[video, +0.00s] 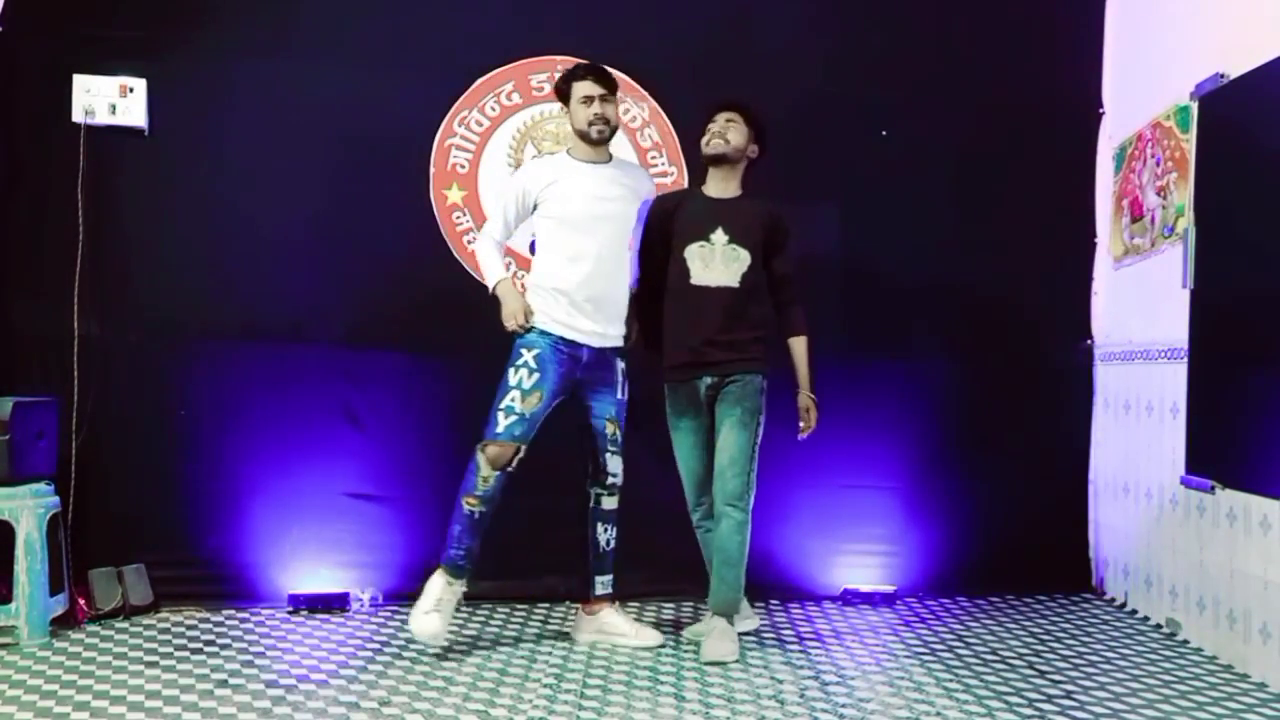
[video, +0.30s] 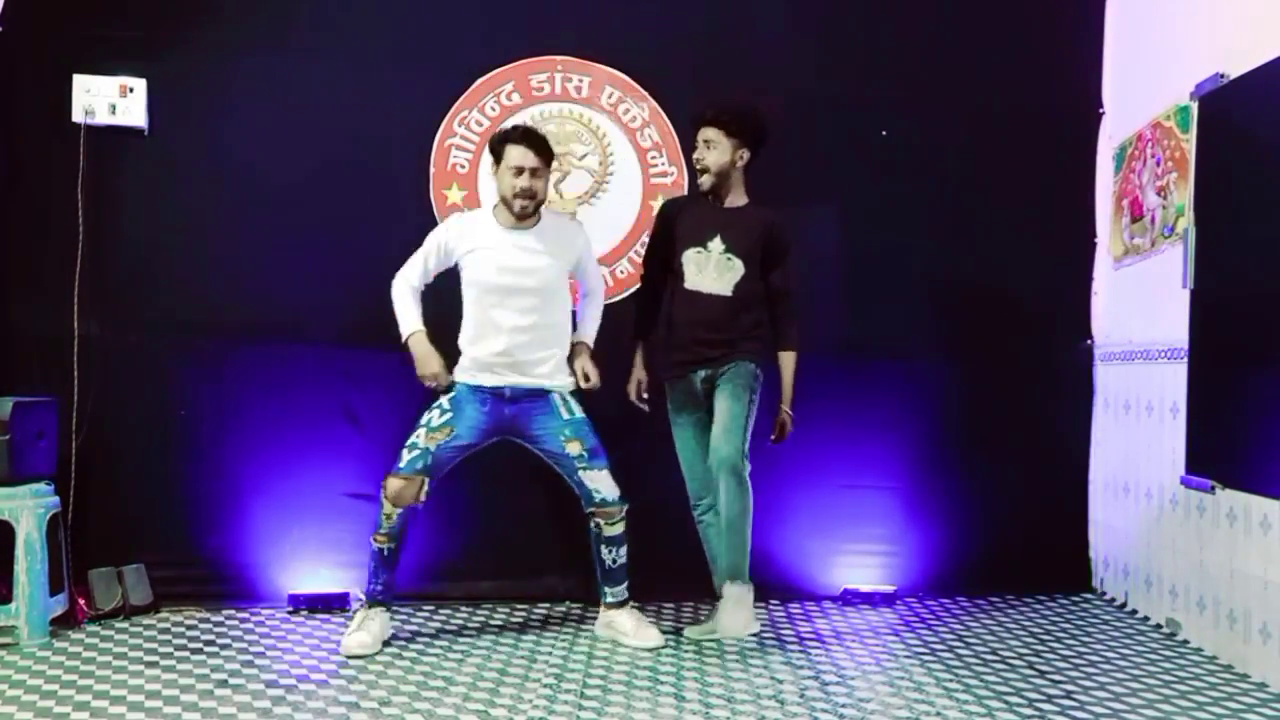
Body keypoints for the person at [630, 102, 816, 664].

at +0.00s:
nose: (717, 131)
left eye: (731, 126)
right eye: (711, 126)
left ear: (752, 149)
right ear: (699, 145)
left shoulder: (766, 217)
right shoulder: (666, 210)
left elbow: (789, 304)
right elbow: (638, 290)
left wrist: (804, 386)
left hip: (742, 370)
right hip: (679, 370)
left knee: (732, 497)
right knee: (700, 502)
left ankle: (720, 619)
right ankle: (736, 602)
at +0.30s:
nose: (698, 154)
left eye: (709, 146)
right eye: (696, 145)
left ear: (740, 154)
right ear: (697, 152)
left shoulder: (765, 225)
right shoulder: (674, 214)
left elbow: (784, 312)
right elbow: (649, 291)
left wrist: (786, 397)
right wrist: (639, 357)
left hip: (739, 360)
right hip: (679, 366)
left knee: (727, 461)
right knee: (700, 492)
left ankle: (737, 592)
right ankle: (727, 600)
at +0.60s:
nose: (701, 165)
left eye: (712, 156)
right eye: (698, 155)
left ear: (744, 161)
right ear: (695, 160)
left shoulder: (766, 226)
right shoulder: (684, 213)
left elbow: (781, 319)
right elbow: (663, 287)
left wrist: (788, 410)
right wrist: (655, 355)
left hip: (739, 342)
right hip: (686, 353)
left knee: (708, 403)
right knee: (702, 488)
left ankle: (790, 466)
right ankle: (735, 604)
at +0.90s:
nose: (718, 167)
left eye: (731, 160)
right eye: (719, 157)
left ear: (763, 172)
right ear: (723, 165)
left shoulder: (773, 240)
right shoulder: (693, 212)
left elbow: (788, 331)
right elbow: (662, 275)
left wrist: (788, 420)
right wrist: (655, 341)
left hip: (738, 346)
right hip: (685, 358)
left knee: (715, 406)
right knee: (700, 489)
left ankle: (781, 478)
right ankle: (735, 606)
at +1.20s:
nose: (740, 171)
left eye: (753, 166)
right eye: (741, 162)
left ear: (782, 181)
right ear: (737, 166)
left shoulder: (782, 254)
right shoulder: (705, 209)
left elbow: (783, 342)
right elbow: (661, 274)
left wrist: (775, 424)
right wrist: (640, 344)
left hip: (741, 352)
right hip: (684, 357)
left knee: (735, 416)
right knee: (700, 486)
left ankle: (774, 489)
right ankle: (734, 604)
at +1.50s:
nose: (742, 162)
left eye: (754, 156)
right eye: (745, 153)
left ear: (786, 168)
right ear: (756, 162)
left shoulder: (796, 246)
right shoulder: (714, 207)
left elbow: (803, 334)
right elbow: (664, 255)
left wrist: (797, 420)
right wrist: (630, 308)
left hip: (755, 370)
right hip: (696, 372)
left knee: (773, 477)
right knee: (706, 497)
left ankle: (794, 598)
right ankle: (733, 603)